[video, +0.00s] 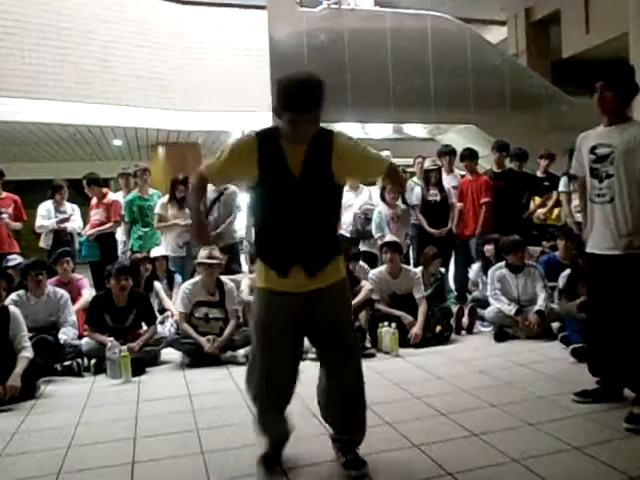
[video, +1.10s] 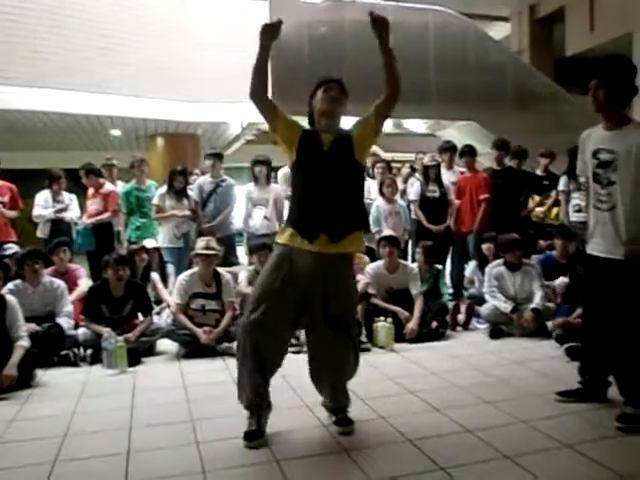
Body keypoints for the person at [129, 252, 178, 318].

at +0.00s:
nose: (147, 267)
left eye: (149, 263)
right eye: (142, 264)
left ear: (152, 266)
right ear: (136, 267)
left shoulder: (155, 284)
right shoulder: (130, 287)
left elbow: (165, 300)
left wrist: (175, 312)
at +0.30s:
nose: (147, 267)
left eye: (148, 263)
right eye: (142, 264)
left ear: (151, 265)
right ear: (136, 267)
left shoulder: (155, 285)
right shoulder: (130, 288)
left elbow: (166, 302)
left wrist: (176, 313)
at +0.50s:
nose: (156, 267)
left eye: (158, 263)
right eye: (152, 264)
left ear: (161, 265)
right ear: (146, 268)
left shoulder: (165, 285)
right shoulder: (141, 288)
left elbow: (177, 302)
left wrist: (187, 314)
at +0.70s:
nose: (158, 260)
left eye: (160, 257)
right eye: (153, 258)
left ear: (163, 259)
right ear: (147, 261)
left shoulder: (167, 279)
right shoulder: (142, 281)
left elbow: (176, 293)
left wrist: (186, 307)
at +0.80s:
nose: (154, 258)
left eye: (156, 254)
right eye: (149, 255)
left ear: (160, 257)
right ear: (144, 259)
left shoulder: (163, 276)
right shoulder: (139, 279)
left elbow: (173, 291)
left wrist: (182, 305)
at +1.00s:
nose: (147, 257)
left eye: (149, 253)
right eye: (143, 254)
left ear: (153, 256)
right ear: (138, 257)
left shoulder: (157, 275)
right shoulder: (132, 276)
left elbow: (166, 290)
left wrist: (177, 304)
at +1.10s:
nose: (143, 257)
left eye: (144, 253)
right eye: (138, 254)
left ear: (148, 256)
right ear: (133, 258)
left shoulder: (152, 276)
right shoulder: (128, 278)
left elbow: (162, 291)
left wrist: (172, 304)